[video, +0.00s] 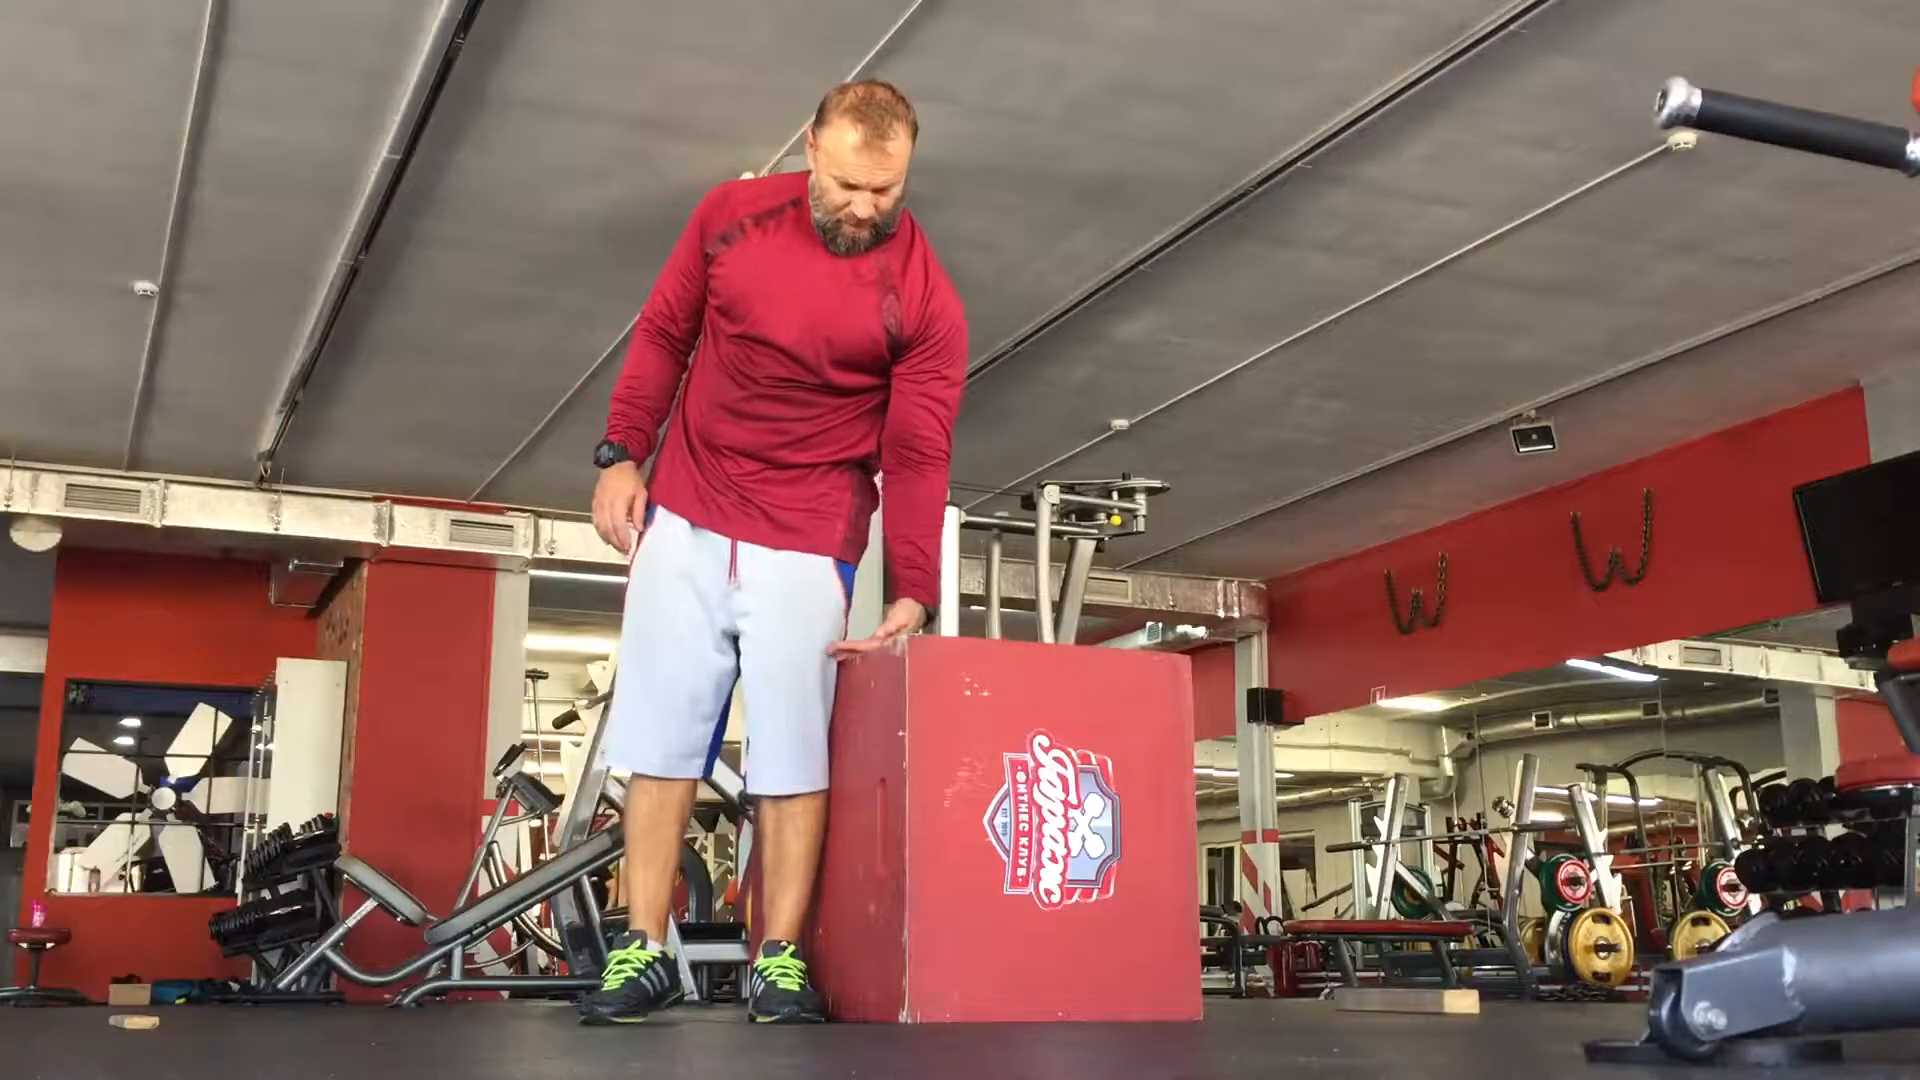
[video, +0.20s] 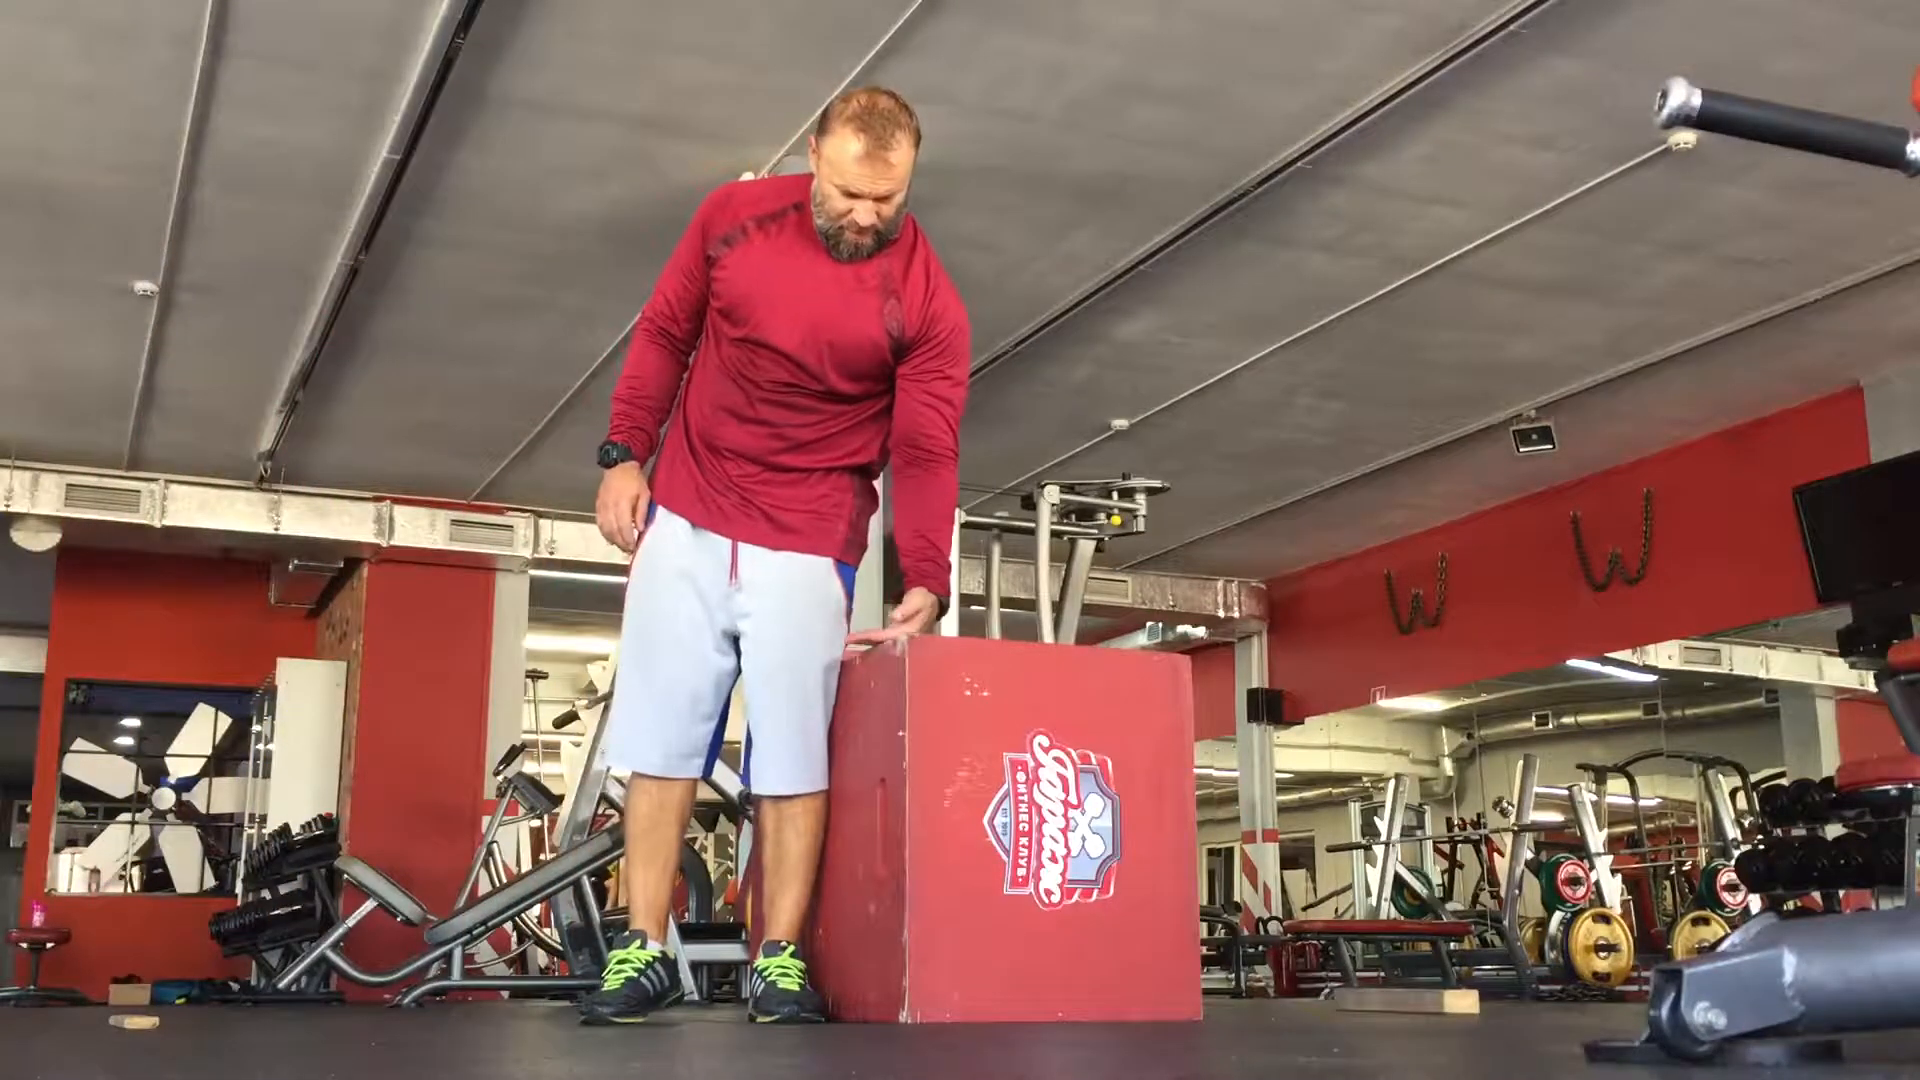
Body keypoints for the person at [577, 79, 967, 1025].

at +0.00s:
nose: (861, 207)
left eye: (882, 190)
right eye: (843, 185)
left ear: (909, 174)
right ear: (810, 149)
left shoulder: (924, 302)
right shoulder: (731, 215)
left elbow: (918, 455)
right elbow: (662, 335)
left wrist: (912, 591)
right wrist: (621, 456)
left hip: (810, 531)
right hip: (688, 506)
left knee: (792, 743)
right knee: (662, 728)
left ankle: (778, 960)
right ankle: (644, 950)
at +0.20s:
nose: (862, 215)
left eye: (883, 199)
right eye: (845, 193)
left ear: (911, 183)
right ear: (813, 158)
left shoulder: (926, 304)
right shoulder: (734, 215)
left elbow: (925, 452)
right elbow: (663, 331)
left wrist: (923, 586)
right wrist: (624, 455)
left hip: (810, 530)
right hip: (688, 505)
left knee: (792, 741)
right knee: (662, 728)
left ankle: (778, 960)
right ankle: (645, 951)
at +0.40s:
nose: (861, 215)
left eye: (883, 200)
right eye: (846, 193)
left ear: (913, 185)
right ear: (815, 158)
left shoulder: (928, 307)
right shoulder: (736, 214)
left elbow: (923, 457)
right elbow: (663, 331)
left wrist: (917, 593)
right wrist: (622, 454)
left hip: (808, 532)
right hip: (686, 507)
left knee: (792, 744)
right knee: (661, 730)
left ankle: (778, 960)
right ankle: (646, 950)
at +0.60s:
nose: (859, 210)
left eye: (881, 193)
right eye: (843, 187)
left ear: (910, 179)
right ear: (812, 153)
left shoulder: (926, 307)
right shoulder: (731, 217)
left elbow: (912, 456)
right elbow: (661, 335)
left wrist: (898, 593)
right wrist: (623, 459)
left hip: (812, 534)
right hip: (688, 510)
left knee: (793, 747)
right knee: (663, 733)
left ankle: (779, 959)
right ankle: (648, 952)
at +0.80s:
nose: (847, 176)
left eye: (868, 159)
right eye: (829, 154)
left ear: (892, 159)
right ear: (795, 143)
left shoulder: (917, 297)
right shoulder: (719, 219)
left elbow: (910, 449)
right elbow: (651, 343)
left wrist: (899, 587)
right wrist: (617, 468)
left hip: (811, 530)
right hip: (684, 509)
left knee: (794, 748)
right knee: (663, 734)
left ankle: (777, 959)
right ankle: (651, 954)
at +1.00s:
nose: (810, 153)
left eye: (831, 134)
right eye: (792, 131)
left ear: (859, 142)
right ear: (760, 134)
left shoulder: (895, 277)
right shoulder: (690, 228)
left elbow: (905, 428)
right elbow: (631, 356)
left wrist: (892, 569)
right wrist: (603, 476)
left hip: (804, 532)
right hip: (673, 516)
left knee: (789, 742)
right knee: (648, 732)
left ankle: (779, 956)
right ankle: (646, 952)